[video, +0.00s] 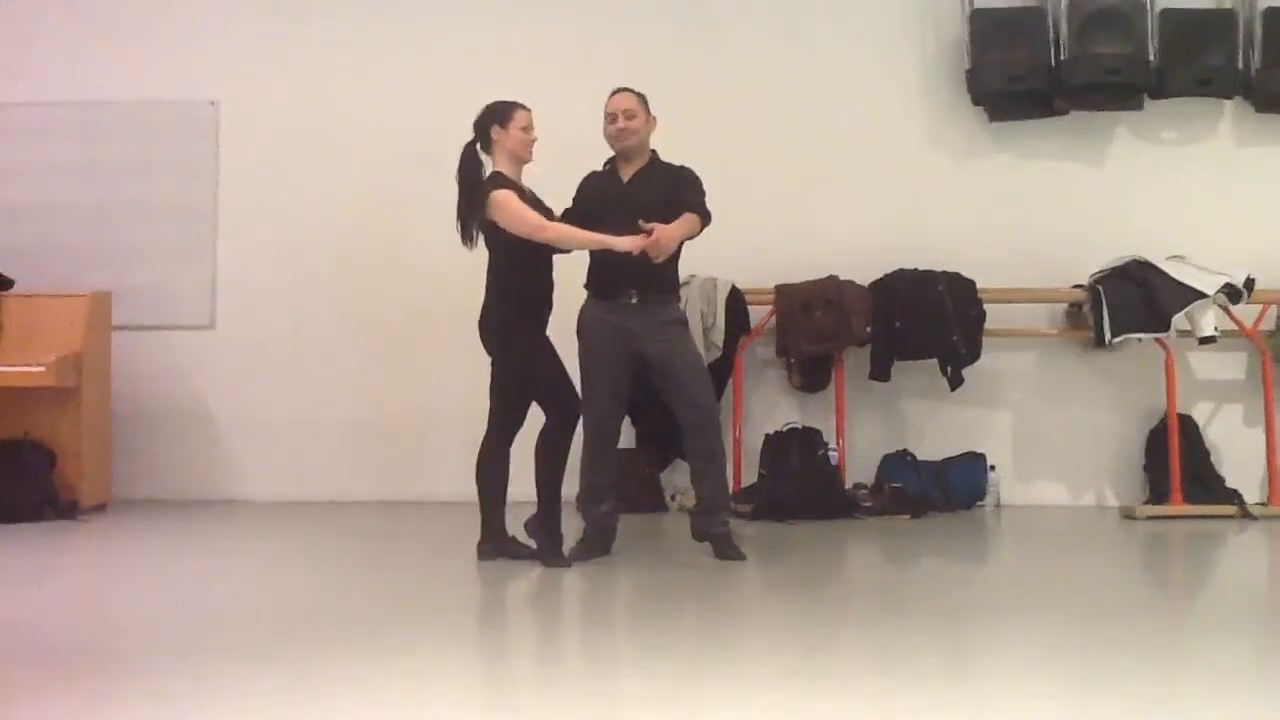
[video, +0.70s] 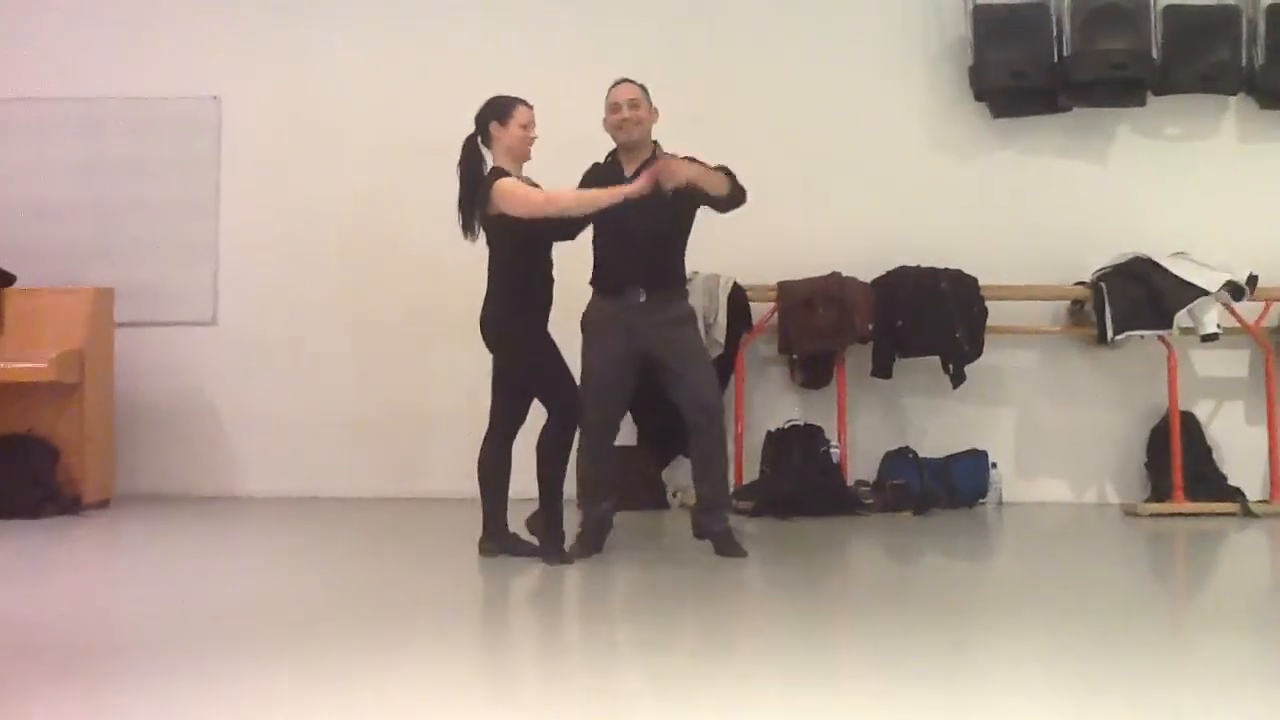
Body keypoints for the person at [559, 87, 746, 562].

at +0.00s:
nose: (619, 124)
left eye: (629, 116)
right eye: (611, 118)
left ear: (651, 124)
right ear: (604, 129)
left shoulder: (680, 178)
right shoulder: (593, 186)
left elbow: (698, 215)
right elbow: (566, 236)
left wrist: (674, 232)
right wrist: (522, 230)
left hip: (662, 318)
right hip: (604, 317)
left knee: (701, 412)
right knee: (600, 421)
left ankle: (714, 523)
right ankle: (598, 528)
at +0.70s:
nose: (623, 114)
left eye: (633, 106)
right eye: (615, 109)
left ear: (653, 115)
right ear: (605, 122)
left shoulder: (680, 169)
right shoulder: (599, 178)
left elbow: (734, 196)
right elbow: (565, 227)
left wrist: (692, 173)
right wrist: (515, 220)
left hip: (670, 314)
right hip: (609, 316)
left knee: (706, 408)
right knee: (597, 419)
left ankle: (713, 519)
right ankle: (594, 522)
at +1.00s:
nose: (601, 115)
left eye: (611, 108)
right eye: (592, 109)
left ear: (630, 117)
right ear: (580, 122)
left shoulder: (654, 170)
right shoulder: (571, 176)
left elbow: (701, 217)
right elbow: (530, 206)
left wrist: (678, 167)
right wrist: (490, 196)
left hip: (652, 315)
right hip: (594, 318)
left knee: (683, 414)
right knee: (578, 422)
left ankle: (704, 520)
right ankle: (572, 529)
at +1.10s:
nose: (593, 117)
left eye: (604, 109)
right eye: (585, 110)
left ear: (623, 120)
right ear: (574, 122)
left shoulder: (643, 180)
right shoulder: (559, 181)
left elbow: (689, 240)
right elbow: (519, 216)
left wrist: (673, 210)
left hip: (642, 315)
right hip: (585, 319)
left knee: (679, 415)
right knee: (572, 419)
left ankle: (718, 519)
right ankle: (572, 529)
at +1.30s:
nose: (581, 119)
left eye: (592, 112)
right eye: (573, 112)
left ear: (611, 123)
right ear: (563, 124)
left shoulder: (635, 188)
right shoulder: (554, 181)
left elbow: (648, 260)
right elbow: (521, 226)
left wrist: (595, 268)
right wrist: (480, 203)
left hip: (621, 316)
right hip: (567, 318)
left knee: (641, 406)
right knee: (562, 419)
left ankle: (692, 487)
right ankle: (571, 523)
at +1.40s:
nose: (579, 121)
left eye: (589, 113)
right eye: (571, 114)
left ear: (608, 125)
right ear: (561, 126)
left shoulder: (630, 187)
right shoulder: (549, 186)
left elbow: (626, 255)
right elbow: (532, 238)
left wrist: (573, 248)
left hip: (617, 315)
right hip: (565, 315)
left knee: (618, 407)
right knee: (560, 418)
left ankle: (650, 471)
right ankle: (570, 522)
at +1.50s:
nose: (576, 120)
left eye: (587, 113)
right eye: (568, 114)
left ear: (606, 126)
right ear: (558, 128)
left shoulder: (625, 183)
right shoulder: (550, 187)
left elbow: (615, 241)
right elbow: (525, 245)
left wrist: (548, 206)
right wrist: (484, 228)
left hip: (615, 319)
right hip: (562, 319)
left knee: (600, 415)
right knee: (556, 417)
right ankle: (567, 519)